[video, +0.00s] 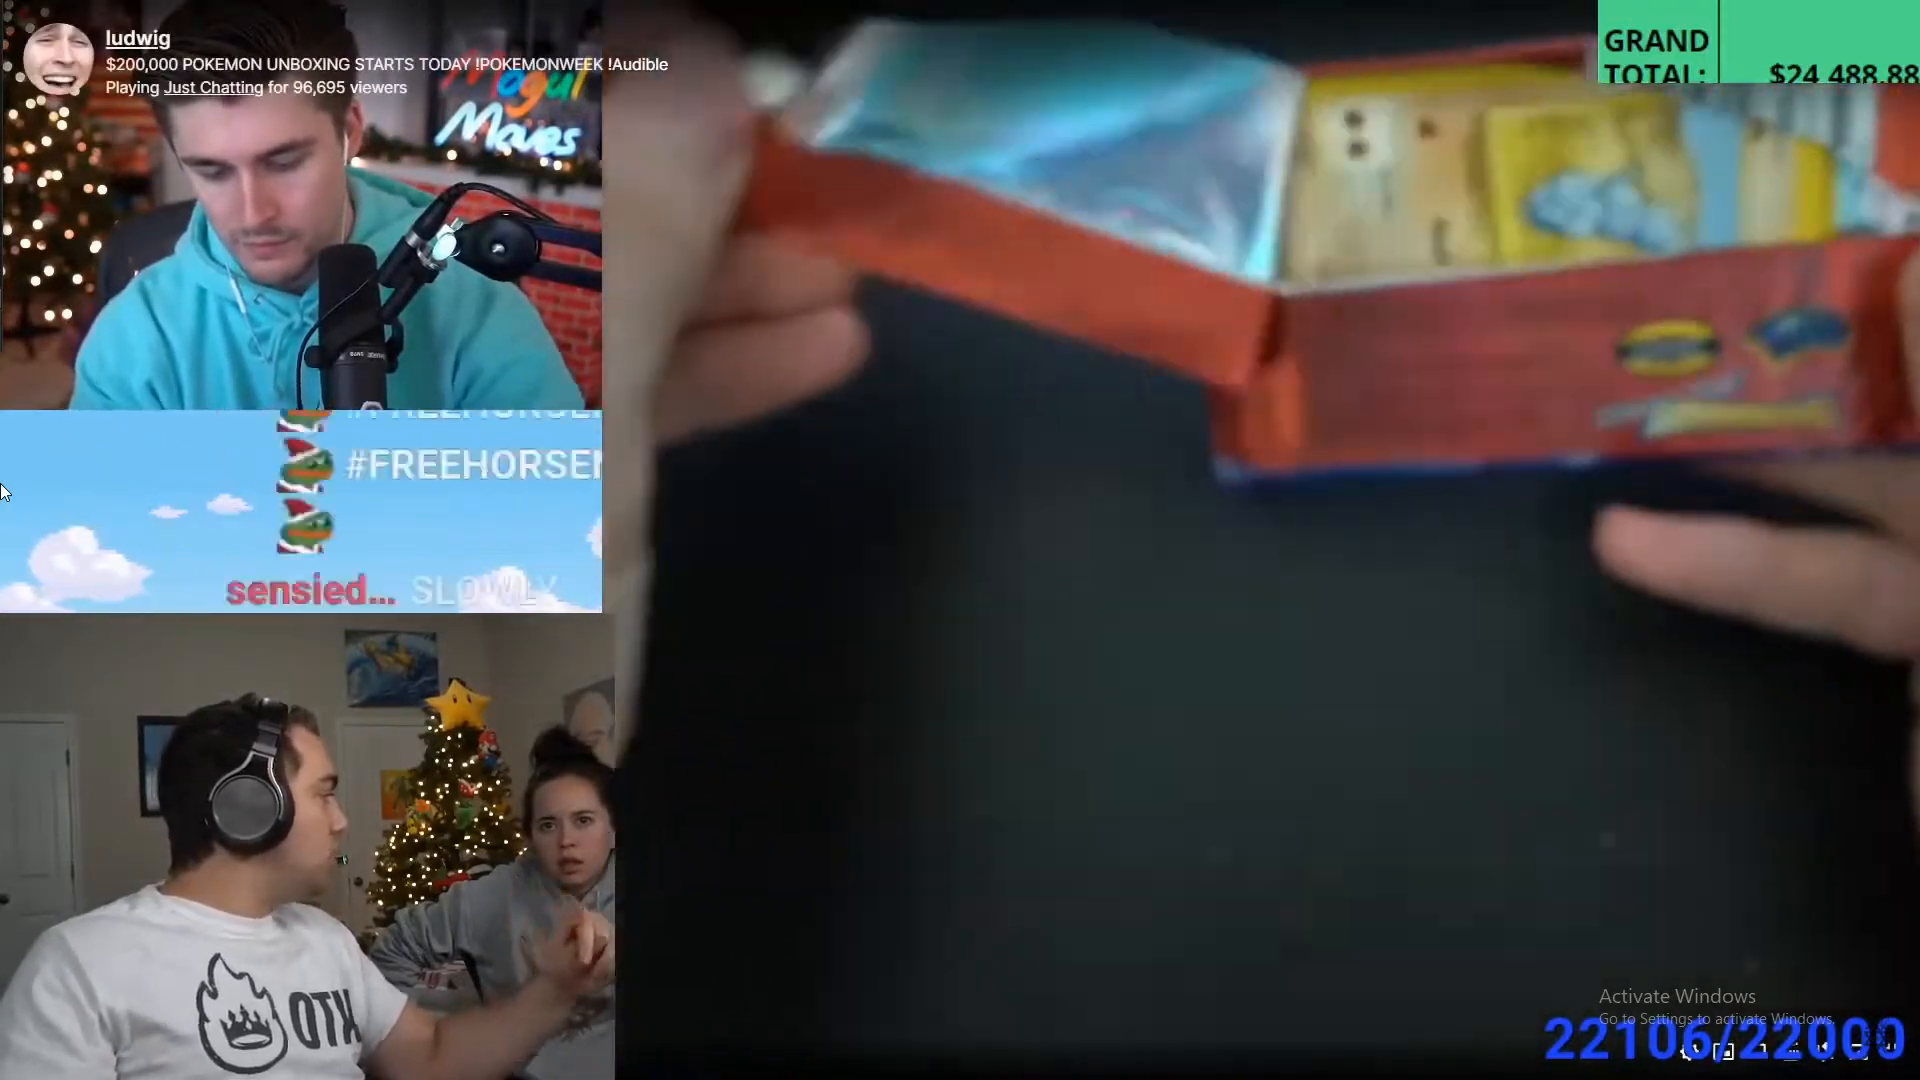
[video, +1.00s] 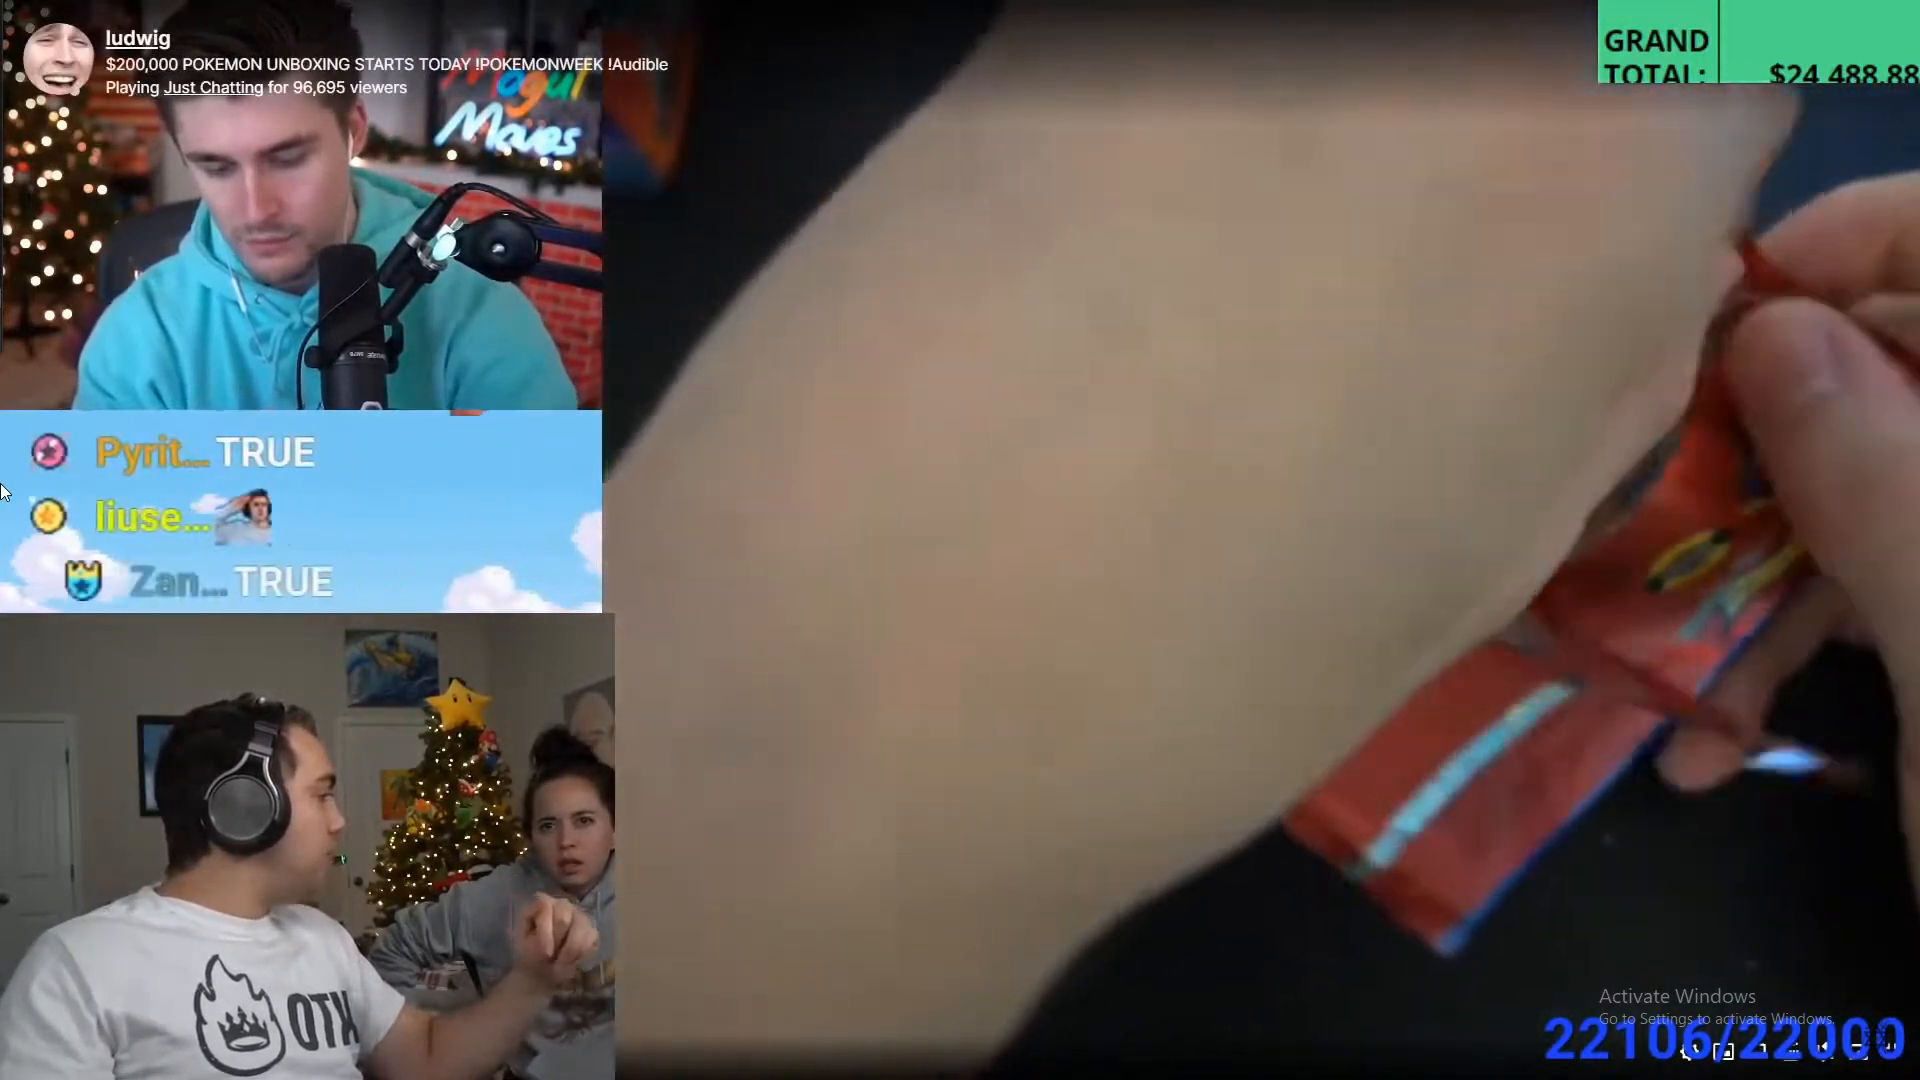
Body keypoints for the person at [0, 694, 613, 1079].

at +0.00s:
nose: (342, 819)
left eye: (335, 793)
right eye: (325, 792)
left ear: (256, 802)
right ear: (244, 802)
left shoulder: (324, 943)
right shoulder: (79, 966)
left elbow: (432, 1051)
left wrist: (557, 990)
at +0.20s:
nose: (342, 817)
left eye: (334, 793)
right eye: (324, 792)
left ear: (261, 799)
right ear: (246, 802)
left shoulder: (324, 942)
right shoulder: (80, 965)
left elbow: (426, 1055)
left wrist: (530, 972)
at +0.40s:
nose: (340, 819)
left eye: (333, 795)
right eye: (323, 793)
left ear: (259, 799)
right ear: (244, 801)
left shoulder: (323, 940)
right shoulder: (78, 966)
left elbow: (426, 1054)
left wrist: (524, 969)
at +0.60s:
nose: (341, 821)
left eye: (333, 794)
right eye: (323, 792)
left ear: (260, 799)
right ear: (245, 801)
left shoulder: (322, 941)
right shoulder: (76, 967)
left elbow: (426, 1054)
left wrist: (530, 977)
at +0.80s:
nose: (341, 822)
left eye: (333, 795)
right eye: (323, 794)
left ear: (258, 801)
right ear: (243, 803)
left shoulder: (324, 944)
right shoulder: (77, 966)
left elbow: (429, 1054)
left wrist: (525, 974)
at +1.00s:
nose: (341, 820)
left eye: (333, 794)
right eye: (323, 793)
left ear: (251, 803)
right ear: (239, 804)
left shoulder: (320, 941)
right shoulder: (76, 967)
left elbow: (429, 1054)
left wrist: (533, 978)